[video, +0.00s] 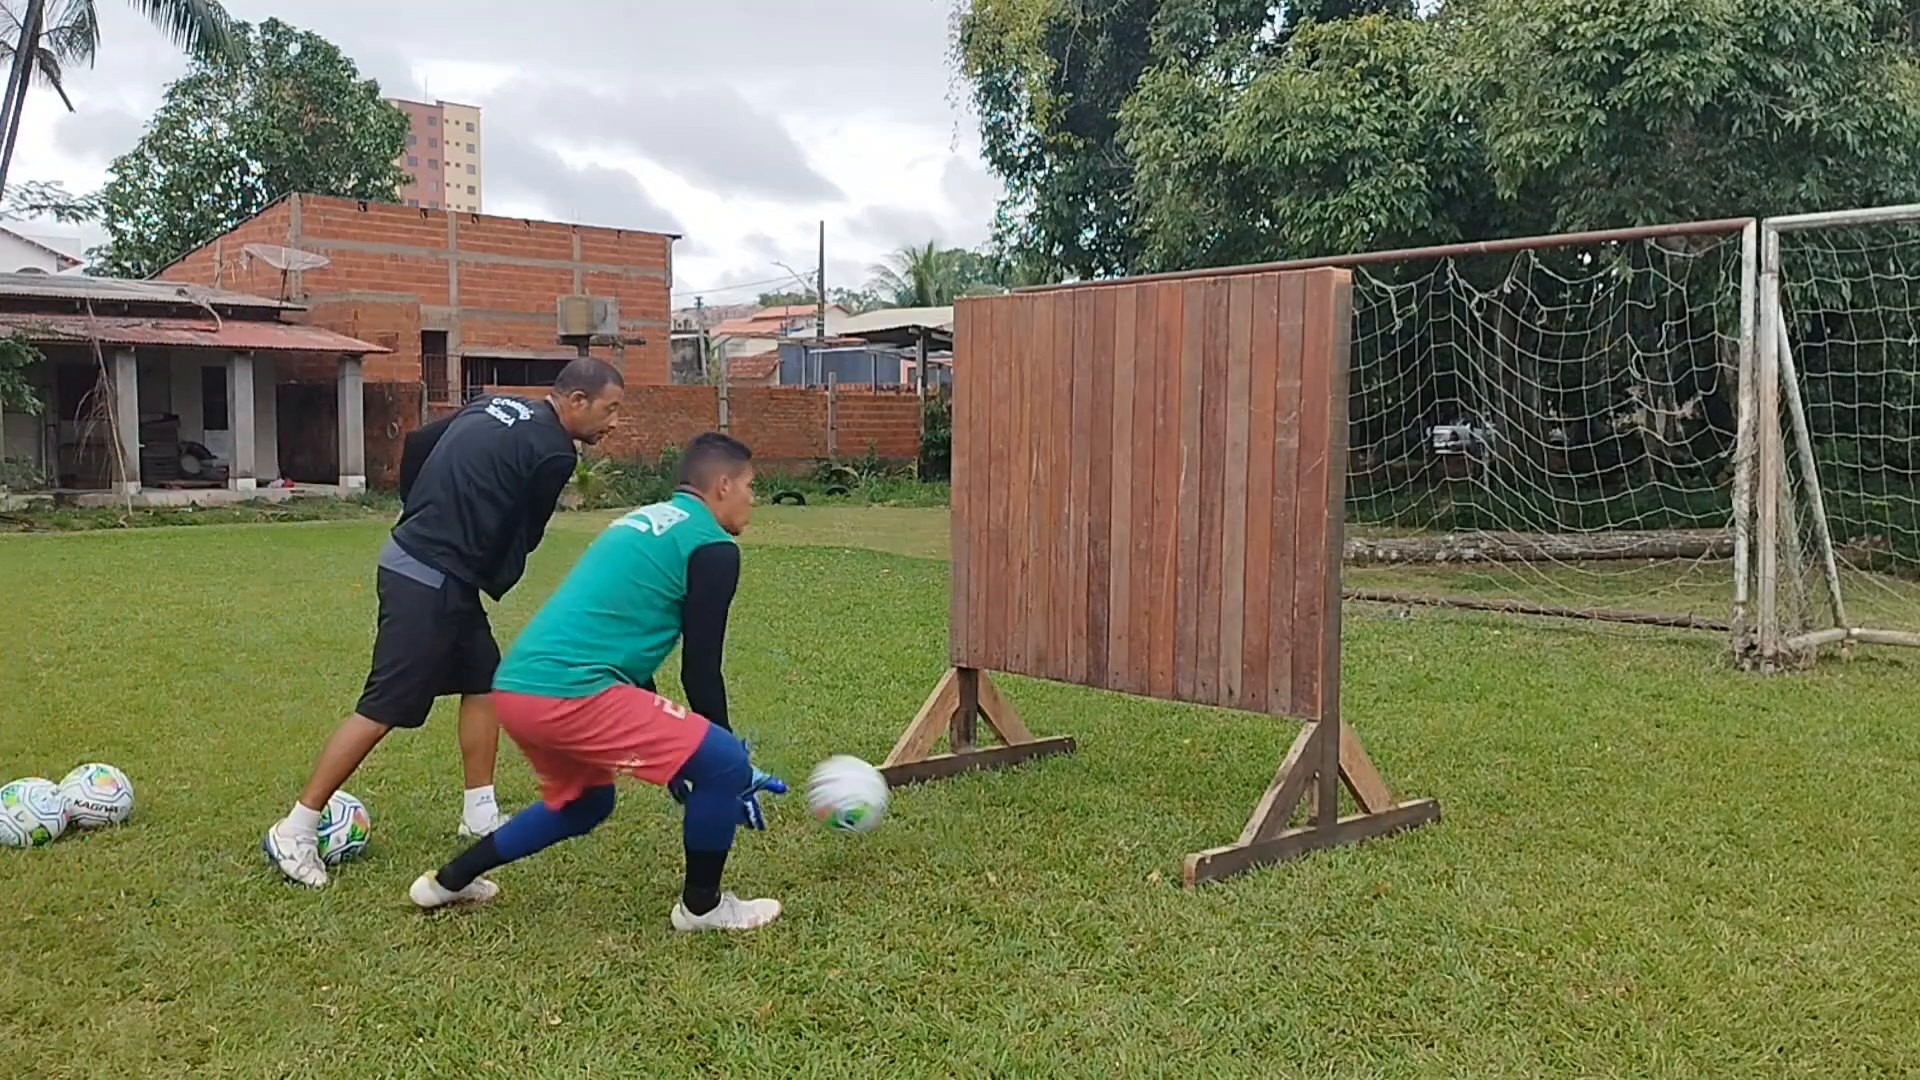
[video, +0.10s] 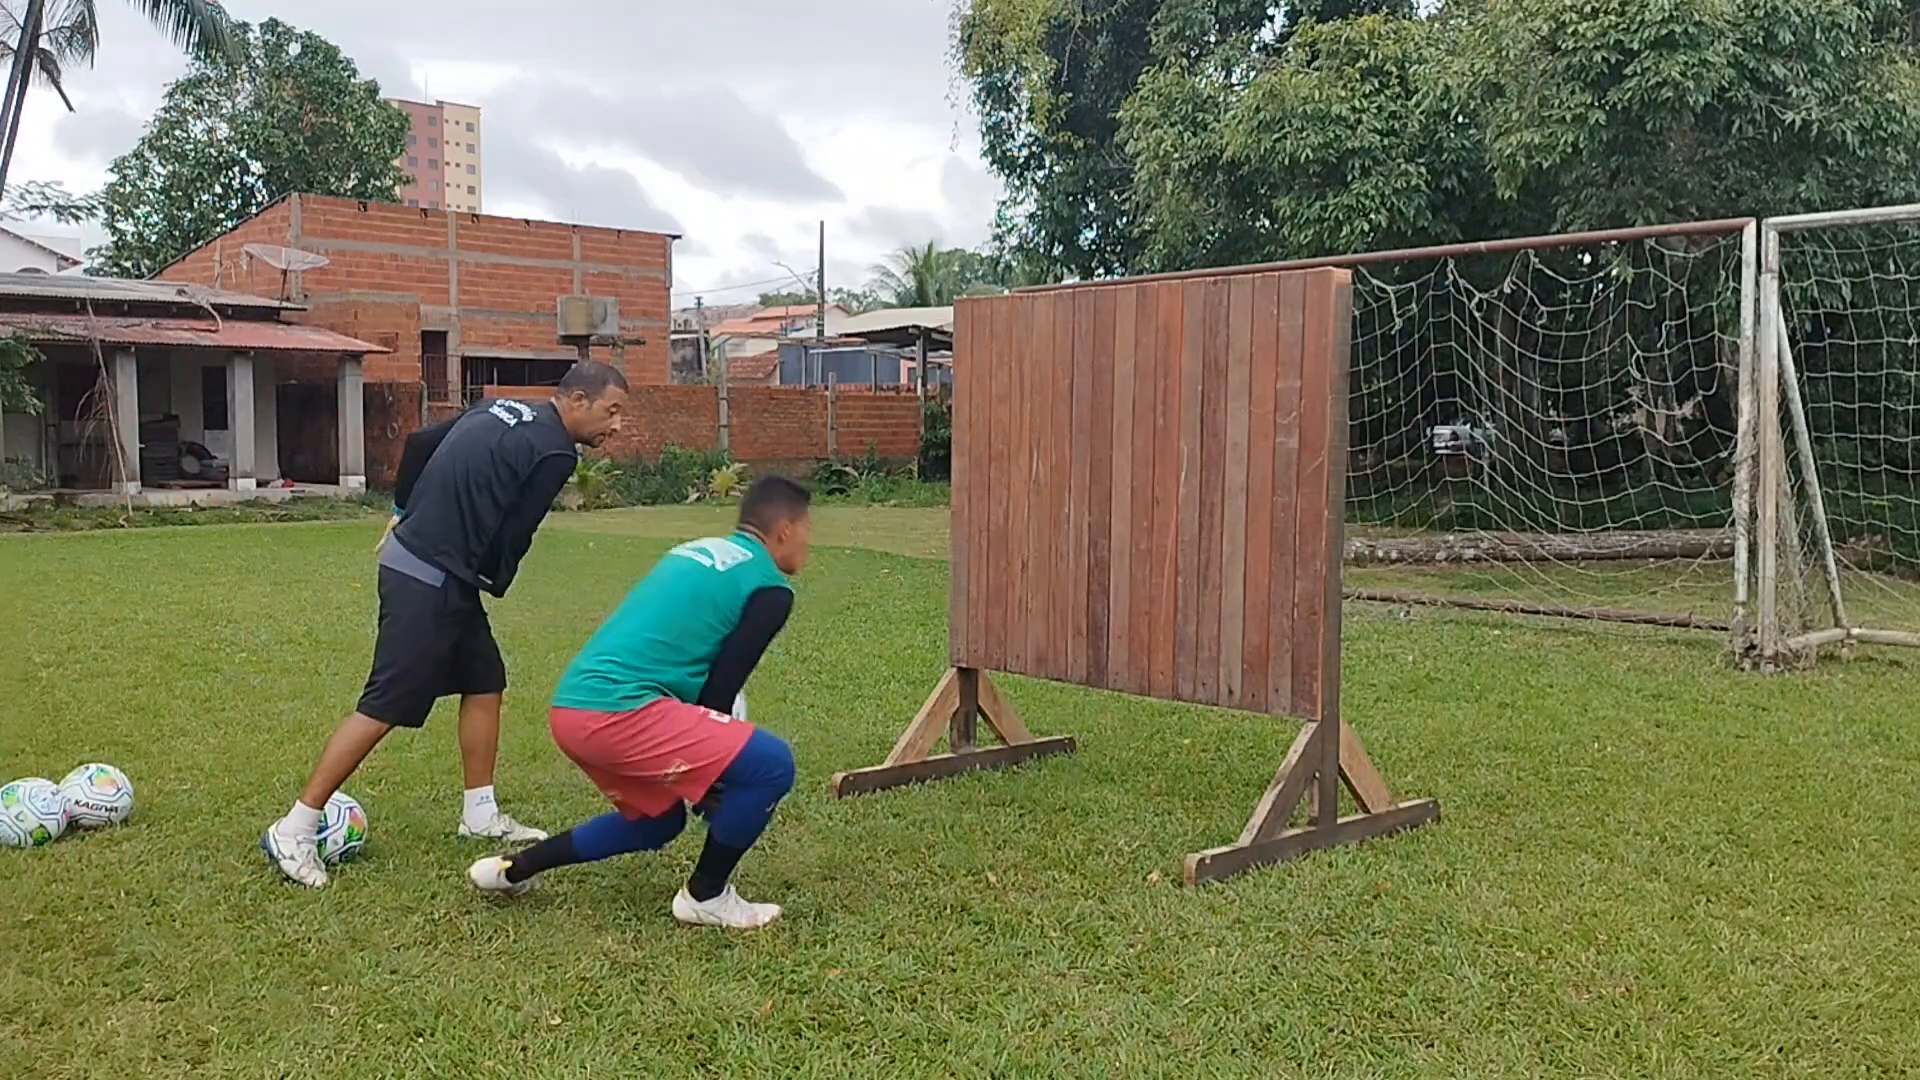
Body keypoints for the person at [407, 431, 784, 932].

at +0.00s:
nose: (754, 502)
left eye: (755, 488)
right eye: (751, 487)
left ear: (692, 484)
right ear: (722, 486)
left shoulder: (641, 519)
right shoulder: (713, 546)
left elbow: (624, 658)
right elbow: (702, 672)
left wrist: (680, 761)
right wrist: (730, 766)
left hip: (520, 690)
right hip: (575, 696)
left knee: (587, 804)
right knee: (724, 763)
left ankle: (447, 881)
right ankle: (702, 905)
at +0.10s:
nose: (809, 540)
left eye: (808, 528)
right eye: (806, 527)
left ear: (749, 524)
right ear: (783, 529)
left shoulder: (695, 551)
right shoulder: (770, 588)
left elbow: (675, 666)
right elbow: (715, 695)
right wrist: (708, 783)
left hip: (575, 710)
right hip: (623, 715)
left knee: (660, 820)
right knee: (771, 766)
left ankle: (512, 869)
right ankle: (705, 895)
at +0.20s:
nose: (856, 610)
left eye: (858, 597)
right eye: (856, 596)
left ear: (806, 579)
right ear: (836, 589)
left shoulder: (746, 600)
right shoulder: (818, 636)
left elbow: (729, 702)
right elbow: (775, 727)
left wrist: (820, 770)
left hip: (610, 730)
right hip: (662, 730)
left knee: (686, 836)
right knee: (811, 771)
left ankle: (540, 862)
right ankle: (708, 889)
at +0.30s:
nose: (899, 663)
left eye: (901, 652)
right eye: (900, 651)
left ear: (850, 631)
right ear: (882, 642)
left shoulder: (801, 651)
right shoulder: (866, 678)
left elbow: (804, 746)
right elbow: (877, 785)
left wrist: (875, 737)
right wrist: (908, 747)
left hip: (651, 752)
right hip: (701, 752)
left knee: (709, 856)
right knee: (851, 800)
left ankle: (579, 866)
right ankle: (713, 883)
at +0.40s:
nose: (952, 709)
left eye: (952, 699)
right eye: (952, 699)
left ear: (902, 683)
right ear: (935, 692)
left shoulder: (861, 703)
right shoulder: (920, 721)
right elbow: (939, 837)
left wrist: (903, 784)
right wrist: (963, 773)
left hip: (704, 734)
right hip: (758, 739)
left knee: (715, 851)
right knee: (888, 838)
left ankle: (597, 856)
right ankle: (739, 870)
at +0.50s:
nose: (988, 762)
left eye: (987, 754)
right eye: (992, 755)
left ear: (954, 728)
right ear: (988, 745)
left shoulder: (912, 730)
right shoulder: (980, 755)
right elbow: (958, 849)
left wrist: (959, 819)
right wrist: (982, 832)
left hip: (793, 722)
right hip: (855, 733)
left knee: (725, 856)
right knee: (936, 876)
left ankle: (640, 826)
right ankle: (796, 855)